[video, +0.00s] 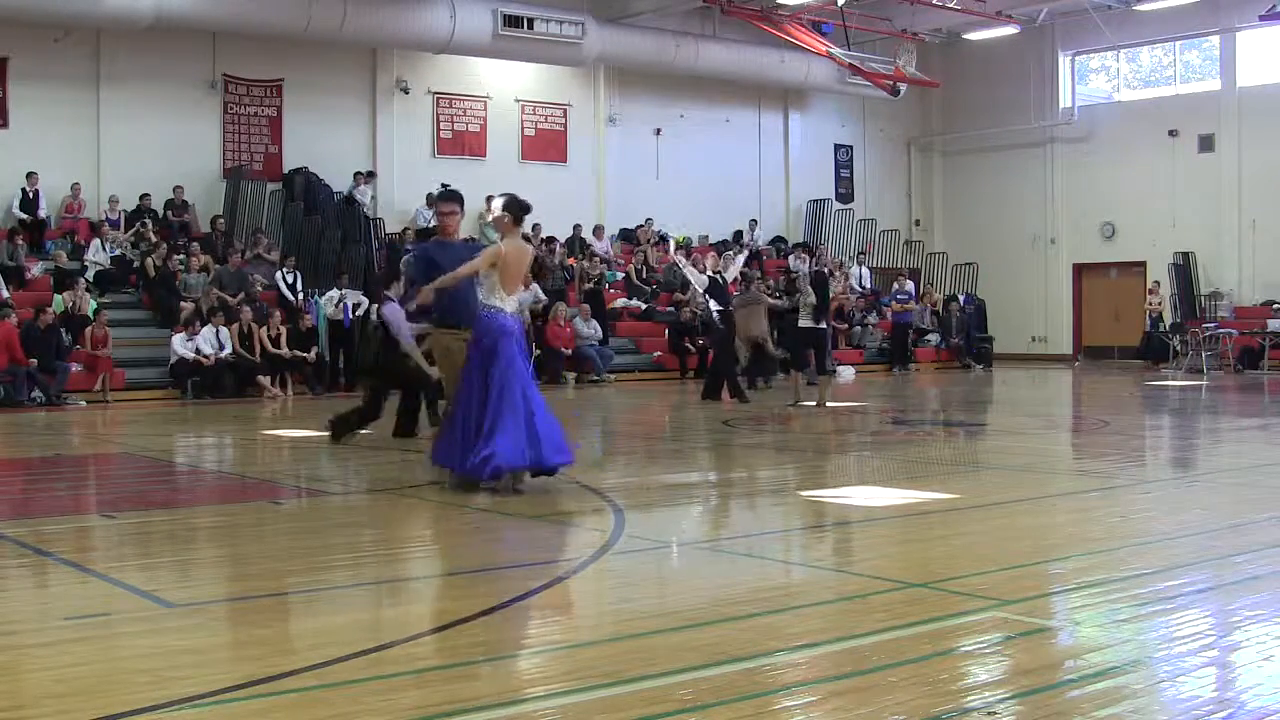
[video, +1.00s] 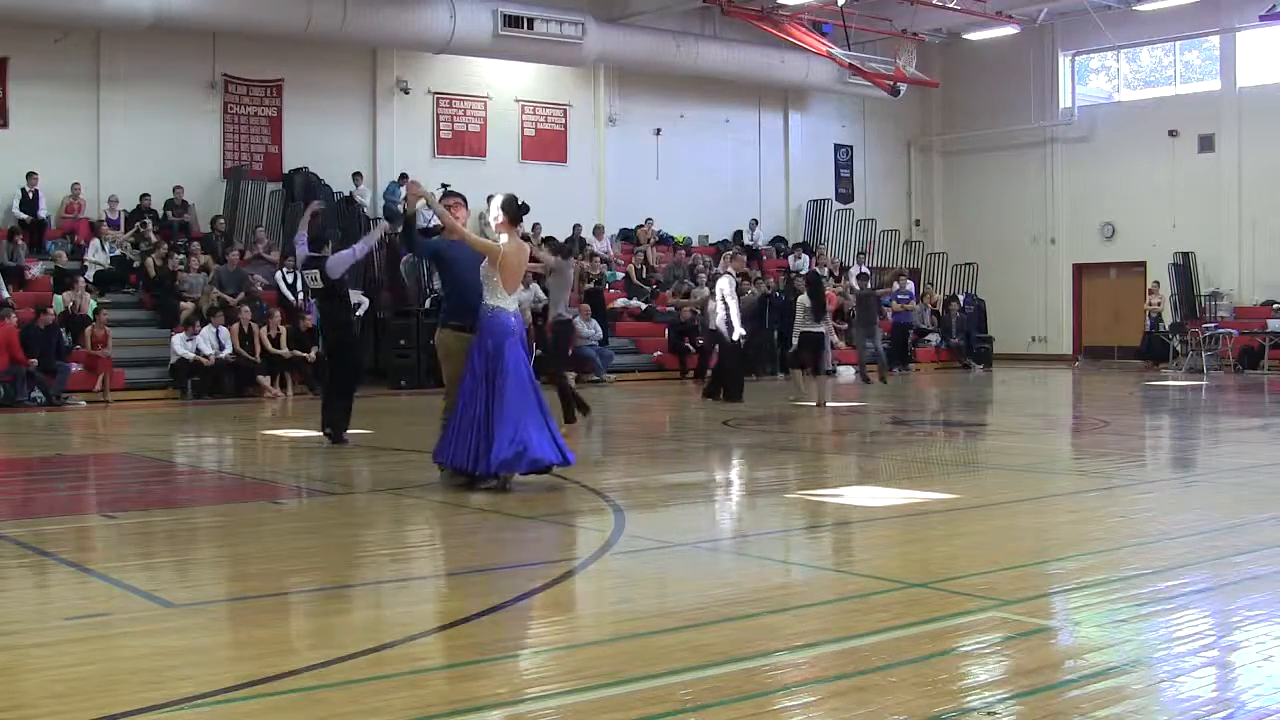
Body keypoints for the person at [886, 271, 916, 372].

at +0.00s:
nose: (901, 282)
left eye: (903, 280)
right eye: (899, 280)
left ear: (906, 281)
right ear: (897, 282)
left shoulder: (909, 294)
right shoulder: (894, 294)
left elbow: (912, 306)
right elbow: (894, 307)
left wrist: (900, 306)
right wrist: (907, 306)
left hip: (906, 322)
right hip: (896, 322)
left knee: (905, 343)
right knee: (895, 343)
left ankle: (905, 363)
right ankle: (895, 364)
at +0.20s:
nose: (901, 282)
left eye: (902, 280)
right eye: (898, 280)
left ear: (905, 281)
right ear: (896, 282)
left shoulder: (909, 294)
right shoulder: (894, 294)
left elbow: (912, 306)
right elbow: (894, 308)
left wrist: (899, 306)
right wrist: (907, 307)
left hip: (907, 322)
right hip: (897, 322)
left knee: (906, 344)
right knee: (896, 344)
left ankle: (906, 363)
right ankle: (896, 364)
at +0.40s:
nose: (901, 282)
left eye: (902, 280)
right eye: (899, 280)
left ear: (905, 281)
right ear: (896, 282)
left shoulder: (909, 294)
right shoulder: (894, 294)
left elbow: (912, 306)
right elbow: (894, 308)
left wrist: (899, 306)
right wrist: (907, 307)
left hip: (907, 322)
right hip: (897, 322)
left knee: (906, 344)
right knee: (896, 344)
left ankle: (906, 363)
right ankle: (896, 364)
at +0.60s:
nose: (901, 282)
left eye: (903, 280)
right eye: (899, 280)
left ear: (906, 281)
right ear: (897, 282)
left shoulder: (910, 294)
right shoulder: (894, 294)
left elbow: (912, 306)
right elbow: (894, 308)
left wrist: (899, 306)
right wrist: (907, 307)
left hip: (907, 322)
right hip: (897, 322)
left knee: (906, 344)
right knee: (896, 344)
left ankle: (905, 363)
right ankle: (896, 364)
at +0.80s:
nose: (902, 282)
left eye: (904, 280)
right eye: (900, 280)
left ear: (907, 281)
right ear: (897, 282)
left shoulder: (910, 294)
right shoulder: (894, 294)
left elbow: (913, 306)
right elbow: (894, 307)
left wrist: (900, 305)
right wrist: (907, 306)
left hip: (907, 322)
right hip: (897, 322)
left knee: (905, 344)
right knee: (896, 344)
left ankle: (905, 364)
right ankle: (896, 365)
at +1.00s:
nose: (903, 282)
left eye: (904, 280)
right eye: (901, 280)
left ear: (907, 281)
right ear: (898, 282)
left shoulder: (910, 294)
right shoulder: (895, 294)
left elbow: (913, 306)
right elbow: (894, 307)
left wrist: (901, 305)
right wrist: (907, 306)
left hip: (907, 322)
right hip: (897, 321)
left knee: (905, 344)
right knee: (896, 343)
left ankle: (905, 364)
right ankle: (895, 365)